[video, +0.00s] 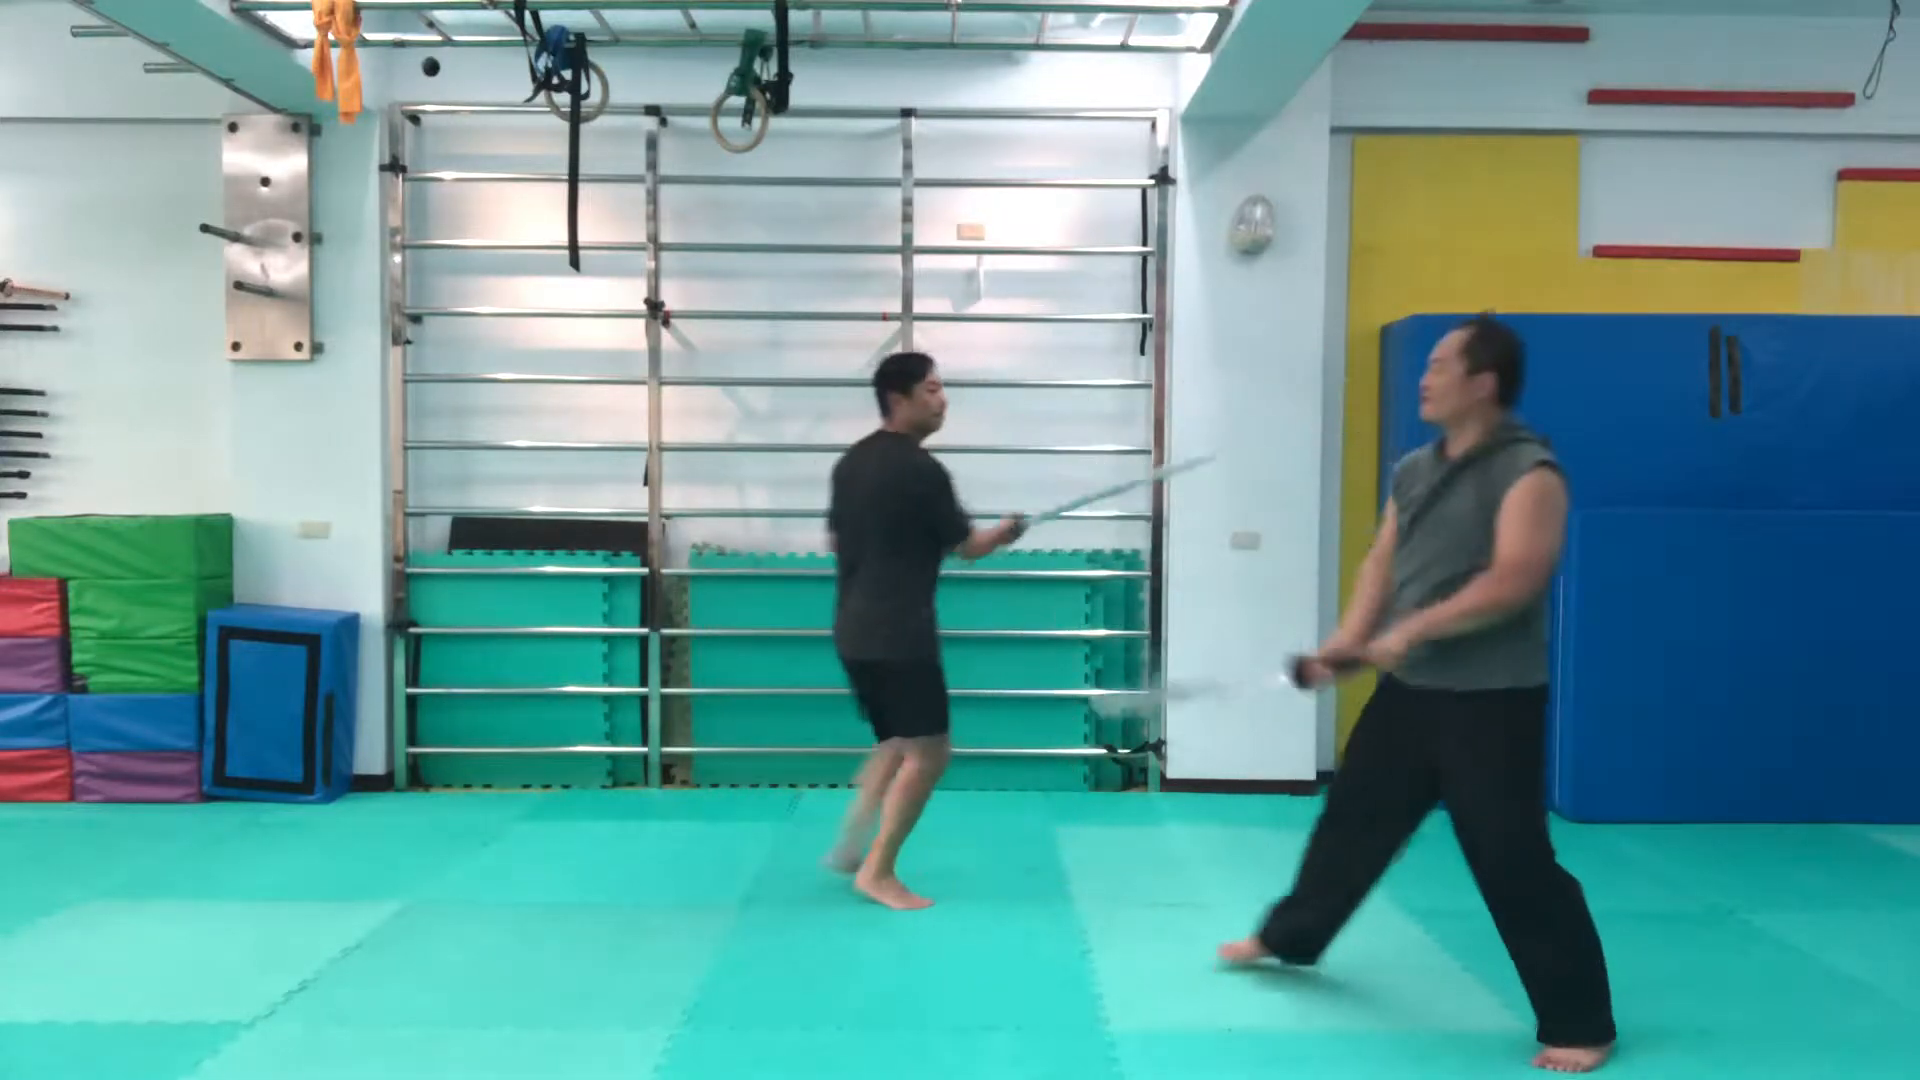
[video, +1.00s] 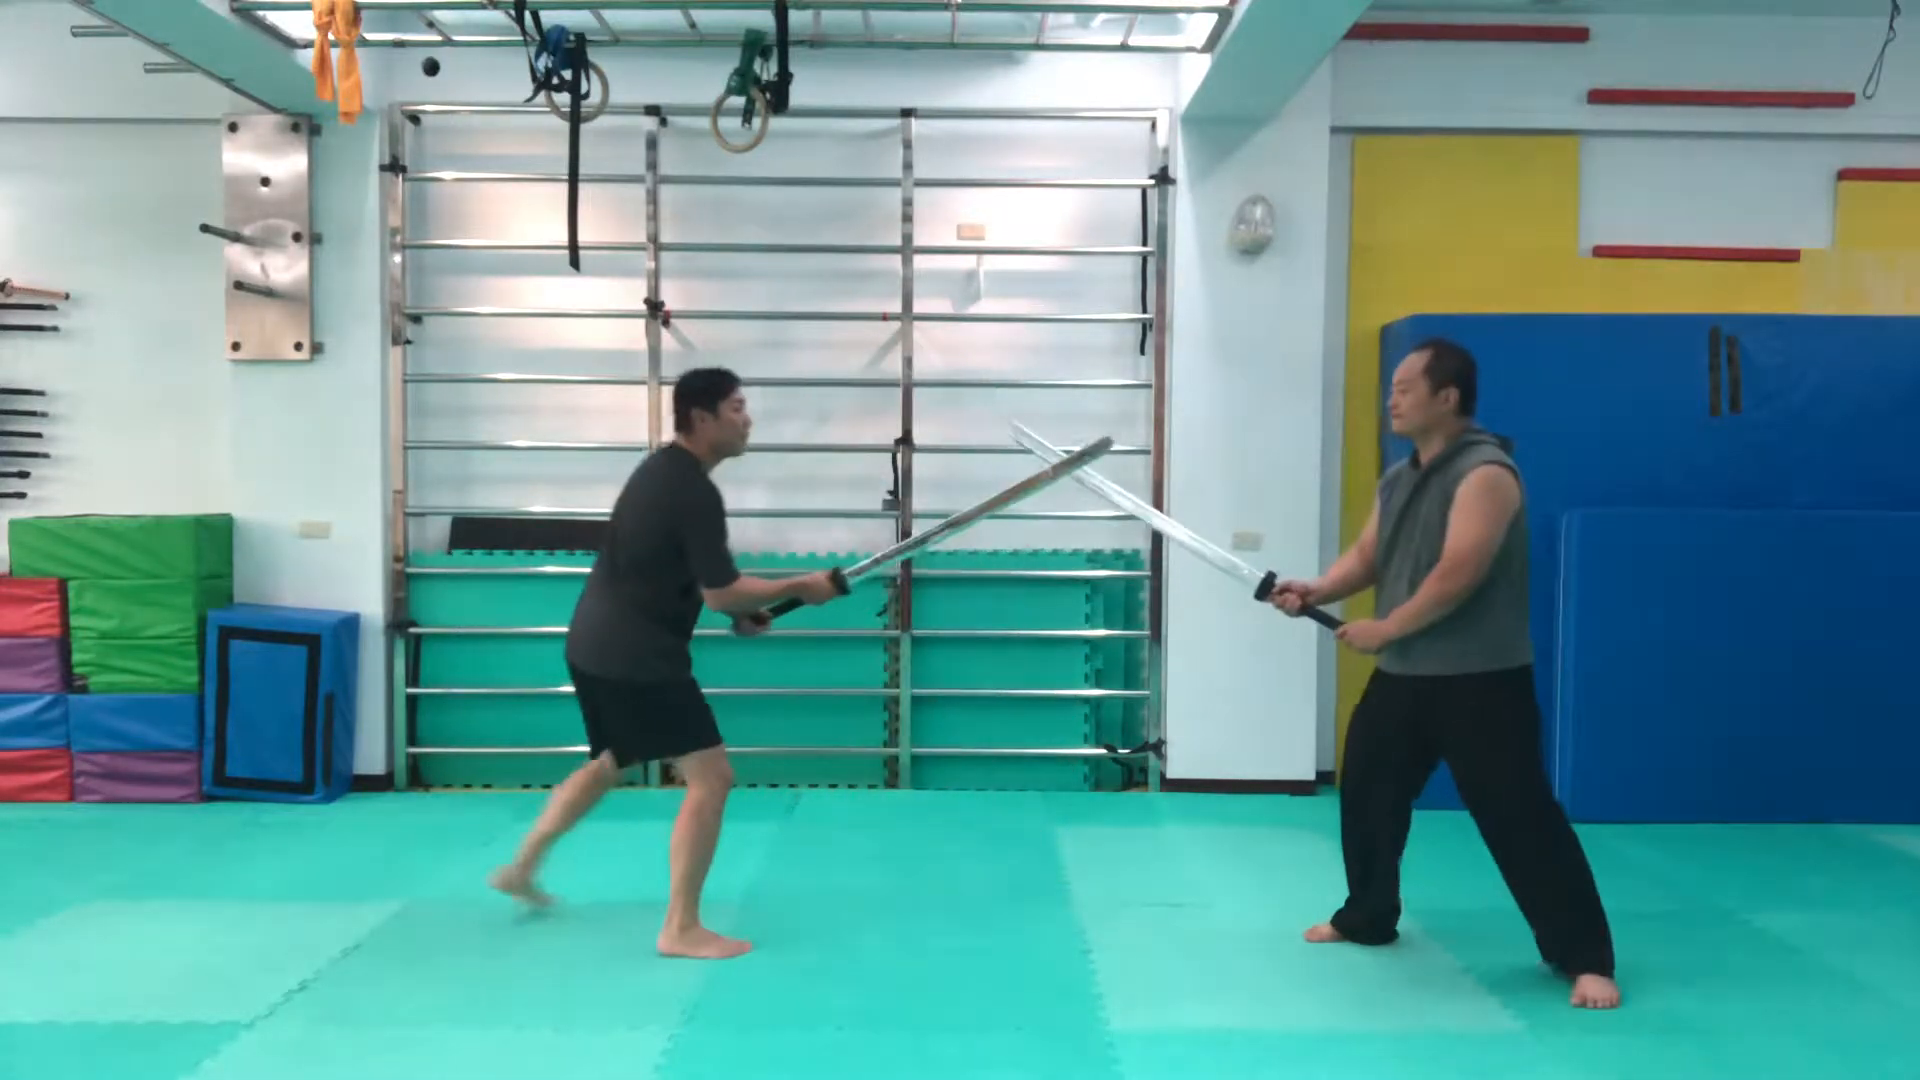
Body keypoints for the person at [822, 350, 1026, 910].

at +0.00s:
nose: (943, 398)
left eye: (940, 388)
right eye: (932, 391)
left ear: (894, 402)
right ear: (899, 400)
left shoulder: (851, 463)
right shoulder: (923, 469)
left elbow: (839, 542)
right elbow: (969, 546)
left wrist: (902, 536)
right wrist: (1006, 532)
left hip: (855, 633)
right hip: (903, 635)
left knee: (895, 743)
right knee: (930, 752)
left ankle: (847, 850)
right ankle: (877, 873)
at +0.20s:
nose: (899, 410)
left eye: (896, 399)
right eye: (890, 401)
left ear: (849, 412)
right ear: (858, 410)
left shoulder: (806, 469)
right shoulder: (870, 485)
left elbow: (800, 555)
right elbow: (865, 580)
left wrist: (886, 579)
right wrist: (908, 583)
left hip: (794, 645)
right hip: (847, 649)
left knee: (777, 743)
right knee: (895, 751)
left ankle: (669, 840)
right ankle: (872, 877)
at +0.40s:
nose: (823, 421)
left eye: (821, 411)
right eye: (813, 412)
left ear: (774, 422)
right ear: (781, 420)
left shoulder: (736, 477)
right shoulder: (779, 488)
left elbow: (734, 590)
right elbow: (782, 587)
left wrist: (799, 637)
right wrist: (843, 592)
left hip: (706, 656)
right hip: (757, 659)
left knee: (671, 769)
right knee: (831, 755)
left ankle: (599, 889)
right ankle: (865, 876)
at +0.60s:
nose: (768, 410)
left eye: (766, 399)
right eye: (757, 400)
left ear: (718, 411)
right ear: (722, 408)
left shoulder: (682, 467)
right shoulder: (723, 475)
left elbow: (686, 567)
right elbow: (729, 575)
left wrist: (749, 610)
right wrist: (797, 580)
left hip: (651, 647)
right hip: (701, 649)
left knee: (652, 764)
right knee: (779, 749)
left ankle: (594, 894)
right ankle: (758, 896)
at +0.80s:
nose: (758, 406)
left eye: (754, 395)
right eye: (746, 397)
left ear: (705, 409)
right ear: (711, 408)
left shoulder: (669, 460)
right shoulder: (712, 477)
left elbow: (674, 557)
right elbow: (731, 576)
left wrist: (748, 593)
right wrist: (808, 576)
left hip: (620, 648)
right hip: (671, 657)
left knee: (636, 763)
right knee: (717, 774)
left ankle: (592, 894)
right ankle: (682, 925)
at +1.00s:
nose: (748, 418)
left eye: (745, 407)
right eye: (736, 409)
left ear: (694, 420)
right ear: (699, 419)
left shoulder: (657, 471)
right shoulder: (693, 491)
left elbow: (663, 569)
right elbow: (723, 592)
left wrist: (734, 606)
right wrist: (799, 586)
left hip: (593, 650)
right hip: (643, 660)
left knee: (613, 760)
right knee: (711, 779)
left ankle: (520, 869)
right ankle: (681, 928)